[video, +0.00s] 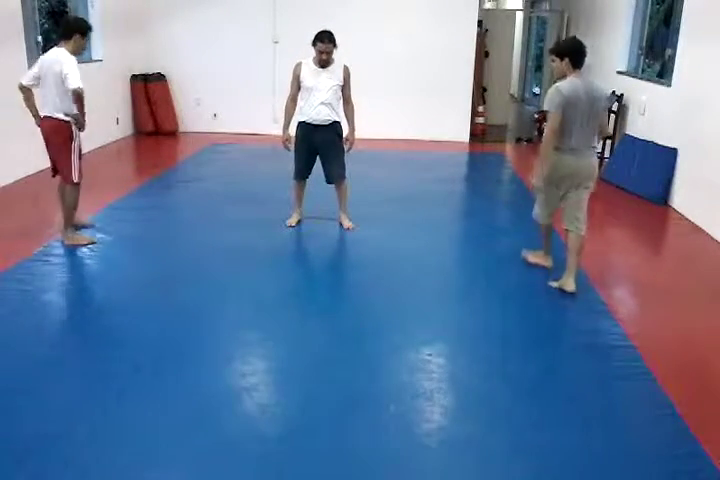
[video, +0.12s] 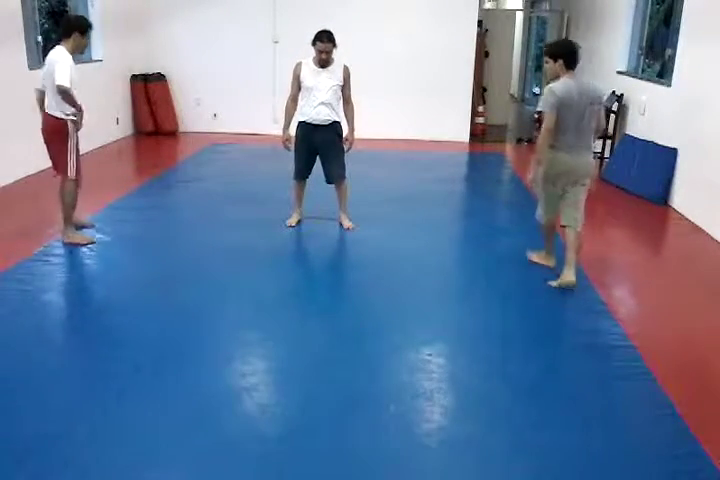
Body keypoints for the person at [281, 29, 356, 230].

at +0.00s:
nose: (324, 57)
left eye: (329, 53)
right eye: (321, 52)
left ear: (334, 50)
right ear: (313, 49)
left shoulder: (342, 71)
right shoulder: (301, 68)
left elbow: (347, 102)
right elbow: (292, 99)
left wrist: (351, 130)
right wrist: (285, 130)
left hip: (331, 129)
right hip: (305, 128)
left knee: (339, 177)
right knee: (300, 175)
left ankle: (343, 214)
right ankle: (297, 212)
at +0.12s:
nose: (324, 56)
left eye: (328, 52)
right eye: (320, 52)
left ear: (334, 50)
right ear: (313, 49)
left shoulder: (342, 71)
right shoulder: (301, 68)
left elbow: (347, 102)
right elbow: (293, 99)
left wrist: (351, 130)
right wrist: (286, 129)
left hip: (331, 129)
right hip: (305, 128)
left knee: (339, 177)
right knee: (300, 175)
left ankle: (343, 214)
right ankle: (297, 212)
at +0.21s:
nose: (324, 56)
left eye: (328, 52)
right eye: (320, 51)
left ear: (334, 50)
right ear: (313, 48)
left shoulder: (342, 71)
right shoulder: (301, 68)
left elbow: (347, 102)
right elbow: (293, 99)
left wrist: (350, 131)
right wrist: (287, 130)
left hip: (331, 129)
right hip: (305, 128)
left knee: (339, 177)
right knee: (300, 175)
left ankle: (343, 214)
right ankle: (297, 212)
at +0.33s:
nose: (323, 56)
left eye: (328, 52)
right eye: (320, 51)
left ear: (334, 50)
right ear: (313, 48)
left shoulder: (342, 71)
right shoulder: (301, 68)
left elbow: (347, 102)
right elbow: (293, 99)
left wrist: (350, 131)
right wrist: (287, 130)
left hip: (331, 129)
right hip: (305, 129)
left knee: (339, 177)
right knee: (300, 175)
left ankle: (343, 214)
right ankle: (297, 212)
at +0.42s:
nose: (323, 56)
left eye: (327, 52)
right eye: (319, 51)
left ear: (334, 50)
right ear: (313, 48)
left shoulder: (342, 71)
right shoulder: (301, 69)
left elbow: (347, 102)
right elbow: (293, 100)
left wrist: (350, 131)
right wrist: (287, 130)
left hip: (331, 129)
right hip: (305, 129)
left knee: (339, 177)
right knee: (300, 175)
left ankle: (343, 214)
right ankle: (297, 212)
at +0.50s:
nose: (323, 56)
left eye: (327, 51)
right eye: (319, 51)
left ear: (333, 49)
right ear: (312, 48)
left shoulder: (342, 71)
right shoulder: (301, 69)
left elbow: (347, 102)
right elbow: (293, 100)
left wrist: (351, 131)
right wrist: (288, 130)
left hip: (331, 129)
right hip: (305, 129)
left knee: (339, 177)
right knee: (300, 175)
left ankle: (343, 214)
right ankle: (297, 211)